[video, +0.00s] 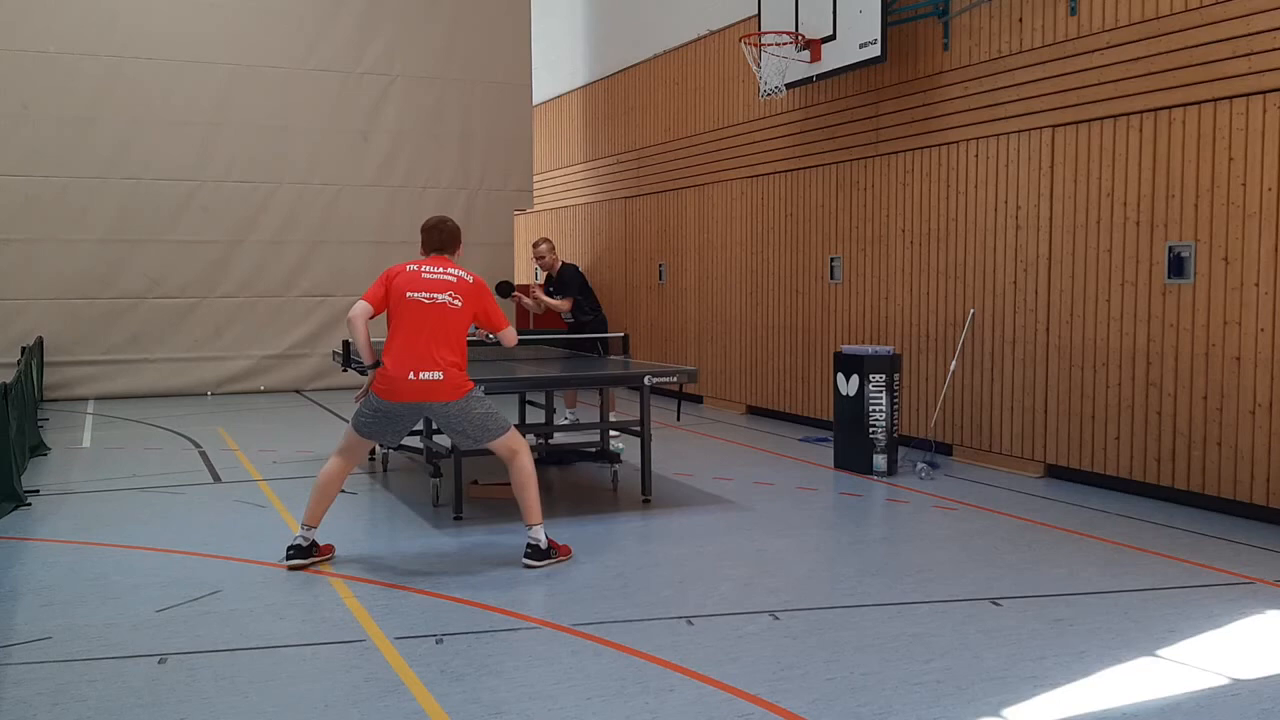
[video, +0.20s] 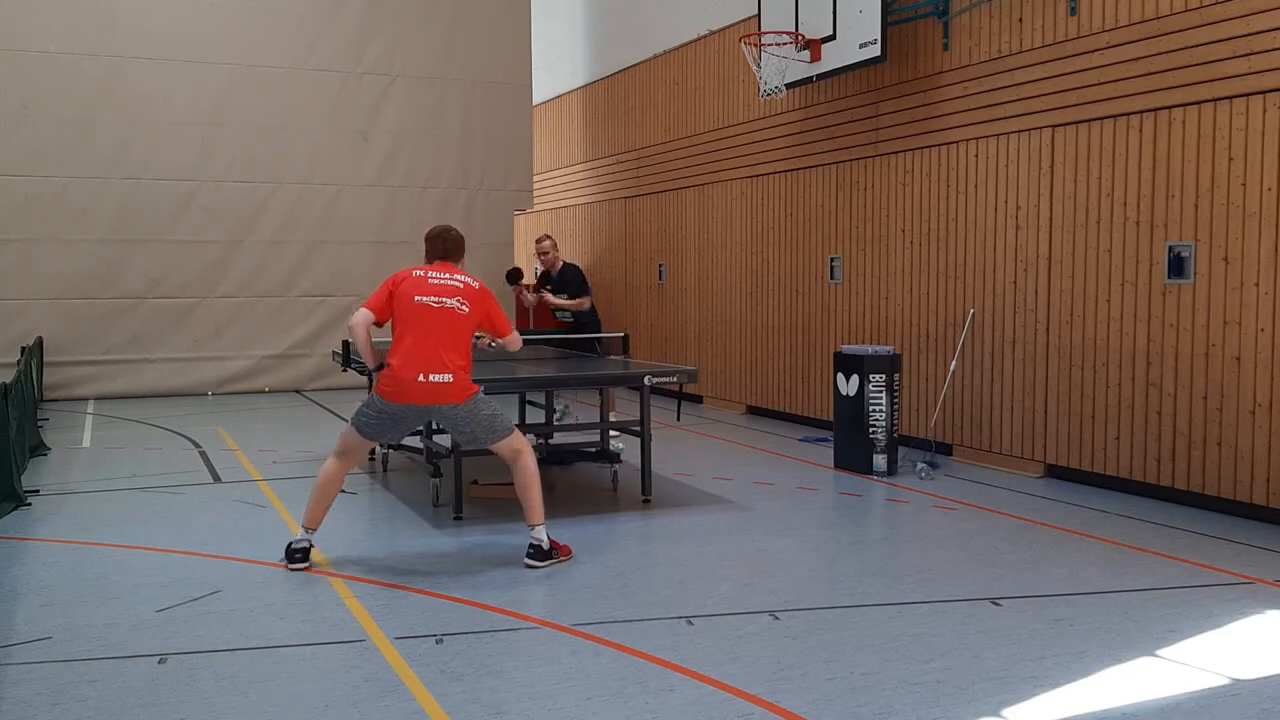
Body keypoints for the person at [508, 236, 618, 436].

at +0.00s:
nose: (538, 263)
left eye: (541, 258)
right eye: (535, 259)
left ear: (553, 255)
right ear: (535, 258)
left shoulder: (570, 272)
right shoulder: (549, 278)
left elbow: (566, 306)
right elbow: (540, 308)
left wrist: (542, 297)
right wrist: (522, 299)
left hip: (594, 328)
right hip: (574, 329)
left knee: (603, 376)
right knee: (568, 373)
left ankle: (611, 423)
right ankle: (571, 417)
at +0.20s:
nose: (541, 259)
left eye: (545, 254)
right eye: (538, 255)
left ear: (556, 252)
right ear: (536, 255)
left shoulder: (573, 272)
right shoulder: (544, 276)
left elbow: (585, 304)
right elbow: (533, 302)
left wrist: (556, 302)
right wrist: (523, 294)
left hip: (587, 329)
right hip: (565, 330)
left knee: (600, 376)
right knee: (561, 371)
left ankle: (609, 423)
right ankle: (566, 409)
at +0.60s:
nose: (533, 273)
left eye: (537, 269)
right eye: (529, 269)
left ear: (545, 270)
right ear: (525, 272)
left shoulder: (561, 292)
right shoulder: (518, 292)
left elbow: (581, 310)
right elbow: (502, 313)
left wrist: (583, 321)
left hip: (557, 349)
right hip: (526, 348)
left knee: (587, 376)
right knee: (497, 366)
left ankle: (606, 421)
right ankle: (483, 416)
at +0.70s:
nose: (532, 279)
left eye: (536, 275)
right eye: (528, 275)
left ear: (544, 276)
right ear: (524, 278)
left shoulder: (558, 295)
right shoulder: (517, 298)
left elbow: (581, 310)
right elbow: (501, 311)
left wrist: (582, 326)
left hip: (561, 350)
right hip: (528, 351)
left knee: (590, 383)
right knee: (498, 379)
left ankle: (607, 428)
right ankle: (480, 420)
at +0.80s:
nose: (536, 289)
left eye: (539, 285)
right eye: (531, 286)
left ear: (545, 284)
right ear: (526, 286)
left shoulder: (559, 300)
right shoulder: (521, 302)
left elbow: (584, 316)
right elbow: (497, 323)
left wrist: (585, 334)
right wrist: (497, 336)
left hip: (564, 351)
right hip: (530, 351)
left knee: (591, 383)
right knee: (501, 378)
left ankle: (606, 422)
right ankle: (483, 419)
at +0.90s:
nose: (546, 297)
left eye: (548, 292)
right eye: (541, 293)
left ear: (551, 291)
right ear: (532, 294)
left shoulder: (560, 305)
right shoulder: (525, 311)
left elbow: (585, 321)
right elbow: (512, 336)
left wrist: (586, 337)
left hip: (568, 355)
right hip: (536, 356)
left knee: (594, 382)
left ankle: (606, 424)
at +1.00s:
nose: (547, 292)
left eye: (550, 287)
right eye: (543, 288)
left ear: (556, 285)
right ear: (535, 288)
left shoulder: (565, 301)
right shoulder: (528, 303)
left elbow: (584, 319)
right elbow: (520, 325)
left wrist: (585, 336)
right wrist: (534, 326)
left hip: (567, 351)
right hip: (536, 351)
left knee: (590, 383)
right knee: (505, 376)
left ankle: (606, 423)